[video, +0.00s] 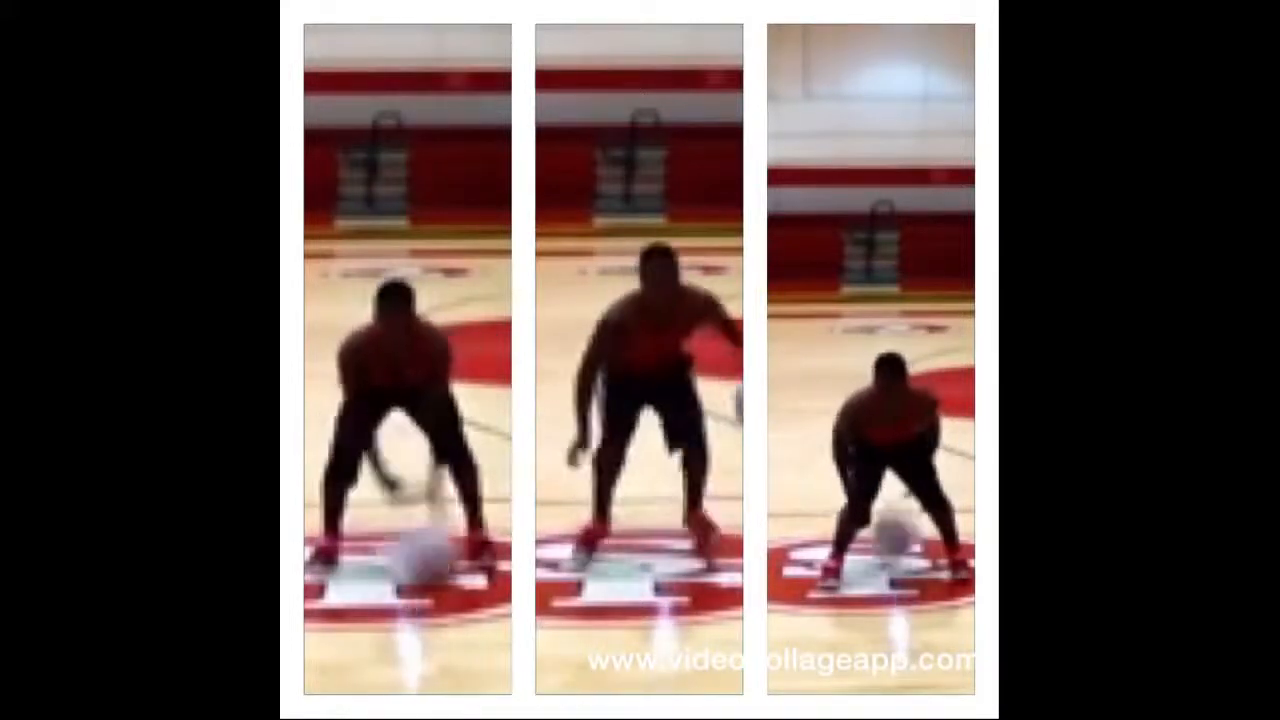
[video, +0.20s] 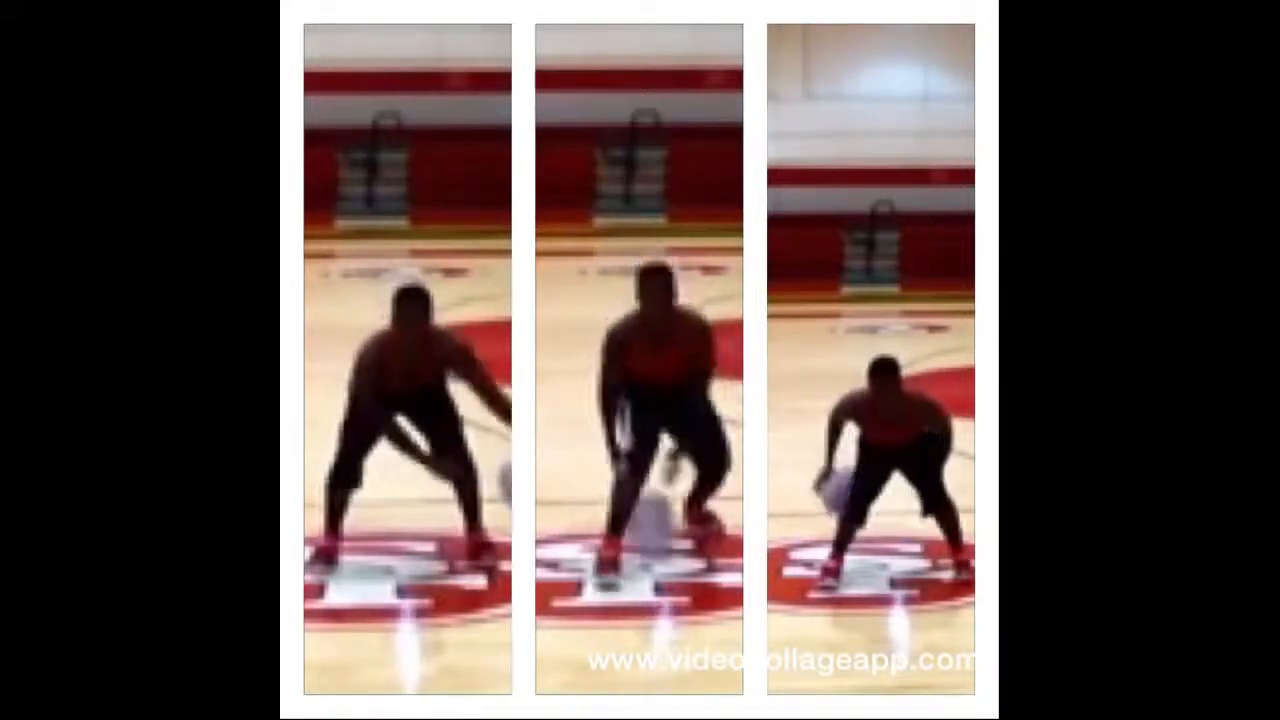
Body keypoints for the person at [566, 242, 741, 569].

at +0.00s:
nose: (663, 288)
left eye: (668, 279)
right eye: (655, 280)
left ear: (678, 277)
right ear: (642, 280)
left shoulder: (697, 304)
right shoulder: (619, 317)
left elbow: (735, 336)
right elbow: (586, 373)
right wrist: (583, 432)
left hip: (671, 378)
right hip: (623, 382)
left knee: (696, 449)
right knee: (609, 453)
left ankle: (694, 514)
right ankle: (600, 521)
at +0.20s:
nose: (657, 304)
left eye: (663, 296)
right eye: (650, 296)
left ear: (673, 295)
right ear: (639, 297)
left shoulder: (695, 330)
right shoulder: (622, 336)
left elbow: (699, 392)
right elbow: (609, 393)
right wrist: (613, 444)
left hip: (685, 403)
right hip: (641, 405)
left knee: (716, 460)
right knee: (632, 471)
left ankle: (695, 507)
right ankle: (612, 540)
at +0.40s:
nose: (649, 281)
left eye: (656, 272)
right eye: (643, 273)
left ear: (667, 272)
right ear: (632, 272)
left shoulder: (691, 306)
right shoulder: (616, 301)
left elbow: (723, 357)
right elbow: (583, 332)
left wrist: (712, 399)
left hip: (691, 377)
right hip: (645, 375)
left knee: (708, 455)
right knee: (628, 453)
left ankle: (701, 495)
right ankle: (618, 527)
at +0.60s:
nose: (657, 294)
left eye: (664, 286)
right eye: (651, 286)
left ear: (675, 288)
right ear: (642, 286)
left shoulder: (696, 327)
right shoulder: (619, 327)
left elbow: (716, 381)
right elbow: (611, 381)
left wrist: (711, 425)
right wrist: (613, 429)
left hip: (686, 393)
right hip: (641, 390)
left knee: (697, 461)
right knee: (595, 457)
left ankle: (724, 532)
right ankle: (618, 519)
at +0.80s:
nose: (671, 280)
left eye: (677, 271)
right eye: (664, 272)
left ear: (686, 271)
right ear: (652, 273)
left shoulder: (703, 304)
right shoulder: (632, 313)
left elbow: (734, 340)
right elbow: (612, 369)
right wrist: (620, 420)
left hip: (682, 379)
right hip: (635, 380)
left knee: (698, 450)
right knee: (616, 449)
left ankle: (722, 523)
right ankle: (617, 514)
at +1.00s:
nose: (669, 288)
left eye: (675, 279)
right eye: (661, 280)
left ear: (684, 279)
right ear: (649, 281)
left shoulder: (706, 313)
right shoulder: (631, 321)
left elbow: (727, 363)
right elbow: (607, 377)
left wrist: (741, 408)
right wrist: (610, 432)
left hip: (692, 382)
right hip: (647, 385)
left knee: (720, 447)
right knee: (642, 455)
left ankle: (695, 497)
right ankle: (631, 530)